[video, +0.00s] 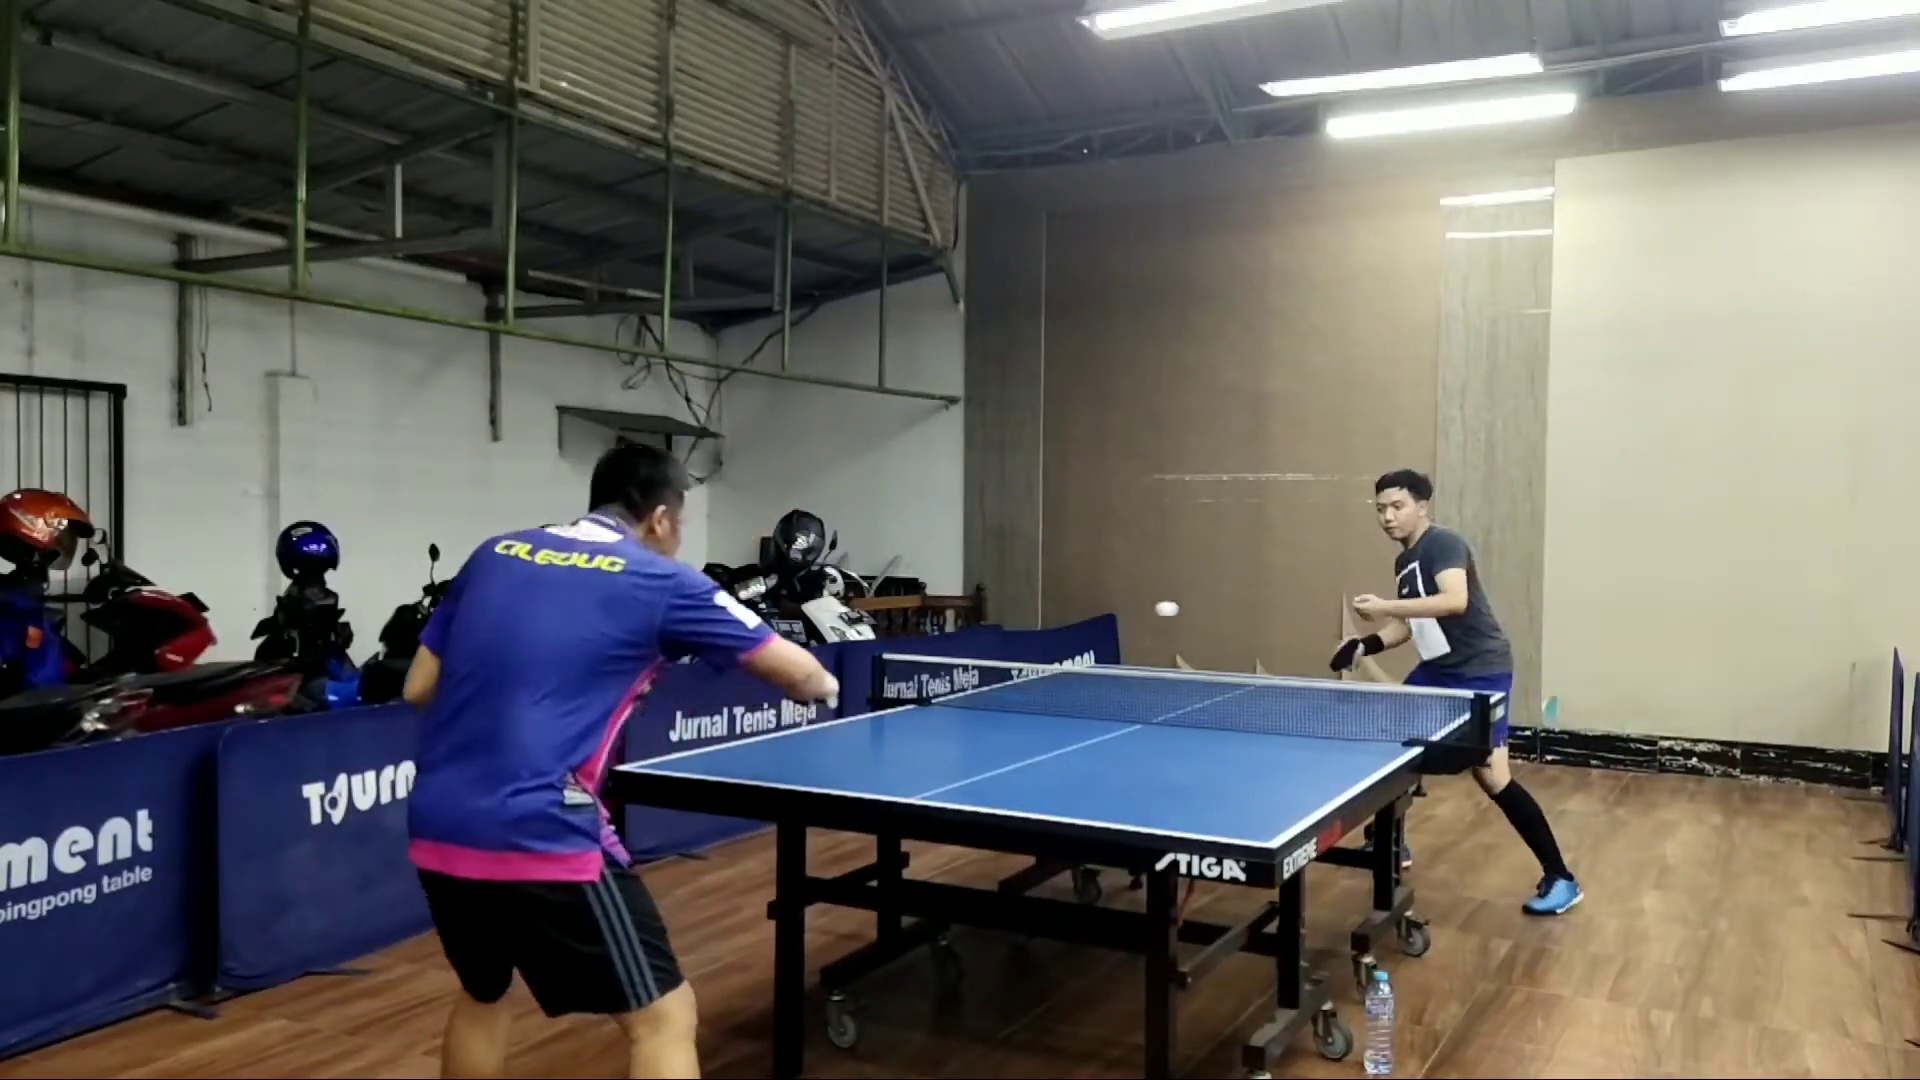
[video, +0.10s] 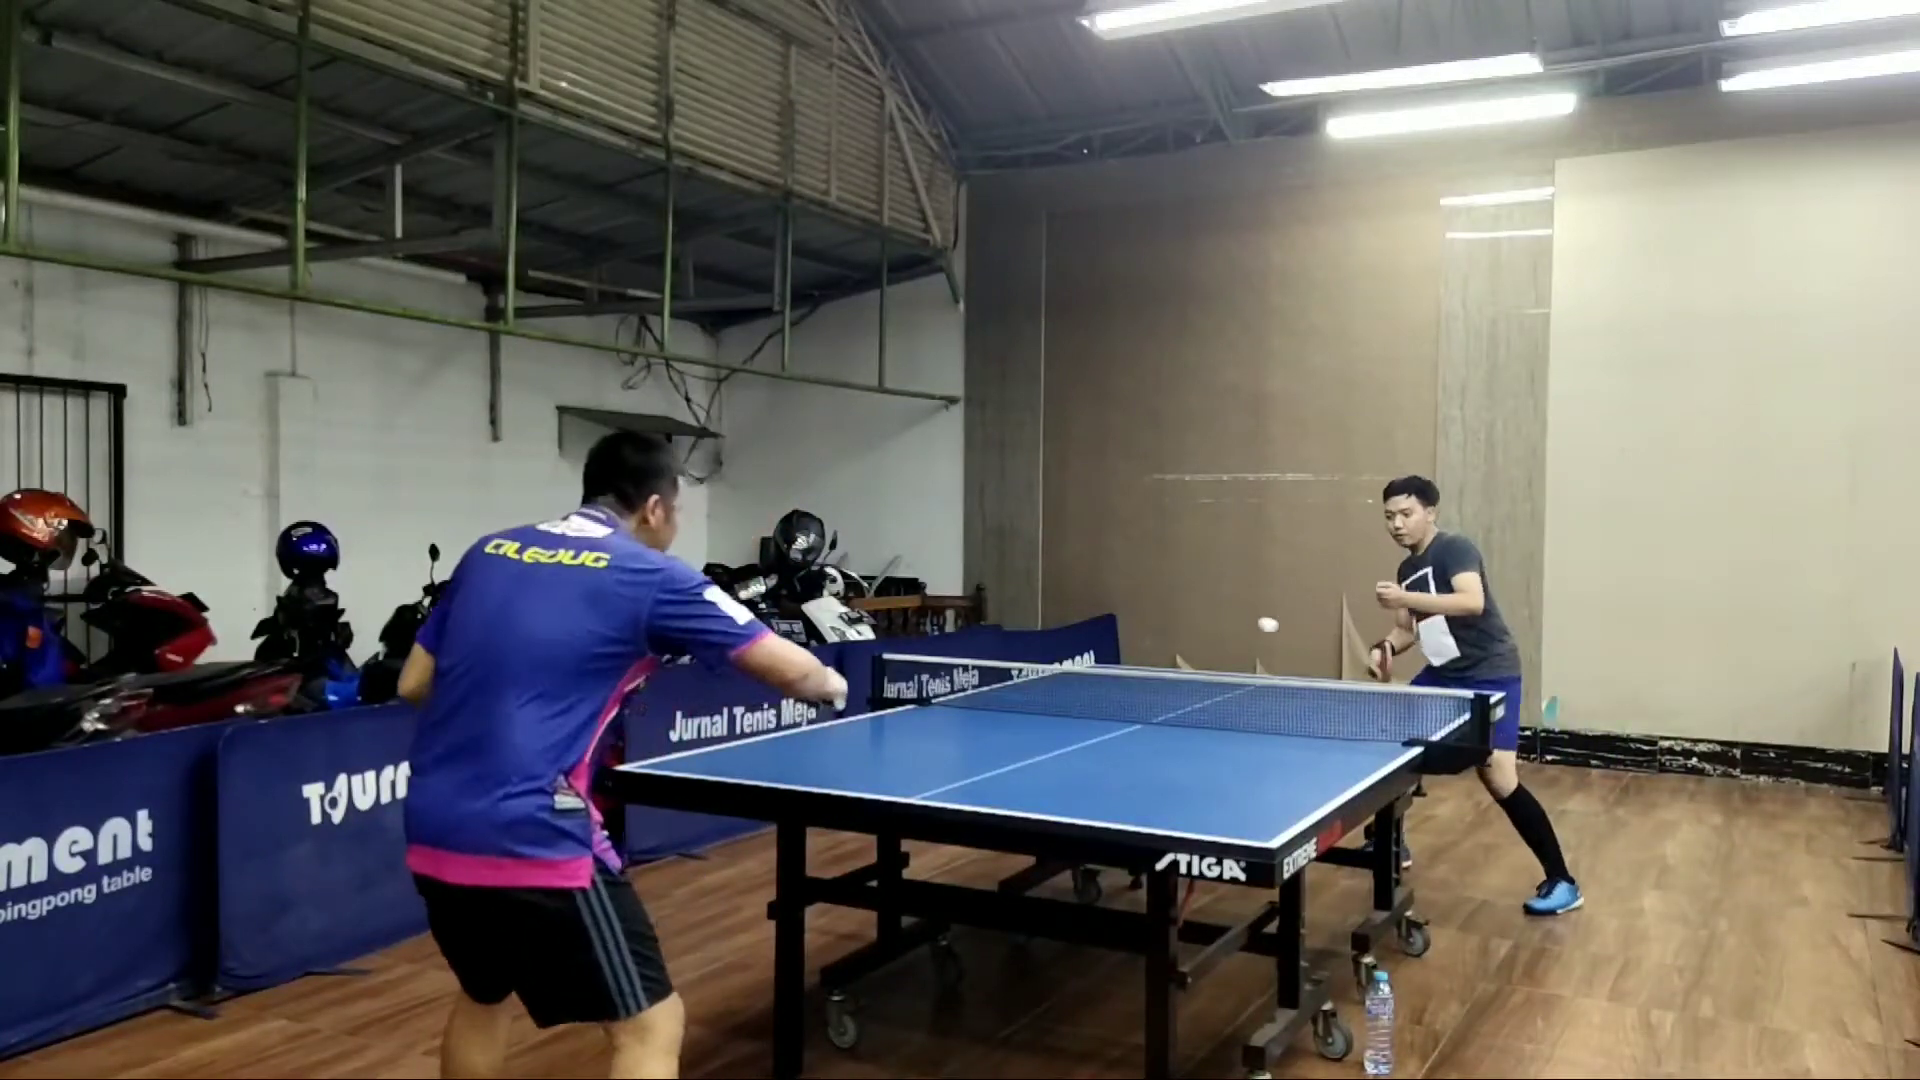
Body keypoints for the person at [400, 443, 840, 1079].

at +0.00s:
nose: (680, 538)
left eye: (681, 521)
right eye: (680, 520)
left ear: (594, 506)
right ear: (656, 518)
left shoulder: (494, 553)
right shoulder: (658, 579)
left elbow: (419, 687)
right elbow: (804, 675)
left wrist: (505, 689)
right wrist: (820, 685)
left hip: (437, 830)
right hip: (545, 835)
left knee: (481, 994)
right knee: (662, 1014)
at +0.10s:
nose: (676, 523)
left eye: (677, 507)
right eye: (676, 507)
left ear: (589, 495)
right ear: (653, 507)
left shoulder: (489, 551)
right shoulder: (650, 575)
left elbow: (414, 682)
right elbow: (788, 668)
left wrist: (502, 705)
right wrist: (826, 684)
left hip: (433, 832)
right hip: (538, 837)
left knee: (482, 996)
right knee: (649, 1021)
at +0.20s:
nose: (683, 524)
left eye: (683, 507)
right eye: (682, 507)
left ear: (593, 497)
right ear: (657, 510)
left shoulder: (493, 557)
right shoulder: (652, 584)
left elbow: (409, 690)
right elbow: (787, 692)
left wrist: (494, 726)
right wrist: (827, 702)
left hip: (430, 837)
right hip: (533, 847)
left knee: (480, 1006)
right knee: (632, 1041)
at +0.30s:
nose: (694, 529)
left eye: (694, 512)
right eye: (693, 512)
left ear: (600, 505)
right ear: (666, 517)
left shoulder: (495, 568)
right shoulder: (663, 601)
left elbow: (404, 698)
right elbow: (780, 736)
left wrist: (489, 738)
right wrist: (827, 743)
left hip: (417, 846)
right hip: (528, 857)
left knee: (463, 1001)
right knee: (634, 1046)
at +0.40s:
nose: (699, 526)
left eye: (701, 509)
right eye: (699, 508)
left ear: (607, 498)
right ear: (674, 512)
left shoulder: (502, 558)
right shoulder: (662, 596)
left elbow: (408, 691)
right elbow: (747, 753)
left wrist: (502, 744)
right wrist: (807, 780)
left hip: (403, 833)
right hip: (516, 850)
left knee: (423, 1004)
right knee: (610, 1045)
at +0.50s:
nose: (692, 519)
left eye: (691, 501)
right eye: (690, 502)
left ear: (596, 496)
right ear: (662, 509)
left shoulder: (498, 551)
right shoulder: (645, 592)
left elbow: (442, 681)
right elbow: (716, 757)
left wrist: (539, 760)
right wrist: (778, 790)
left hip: (378, 828)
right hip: (488, 845)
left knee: (382, 1006)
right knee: (592, 1043)